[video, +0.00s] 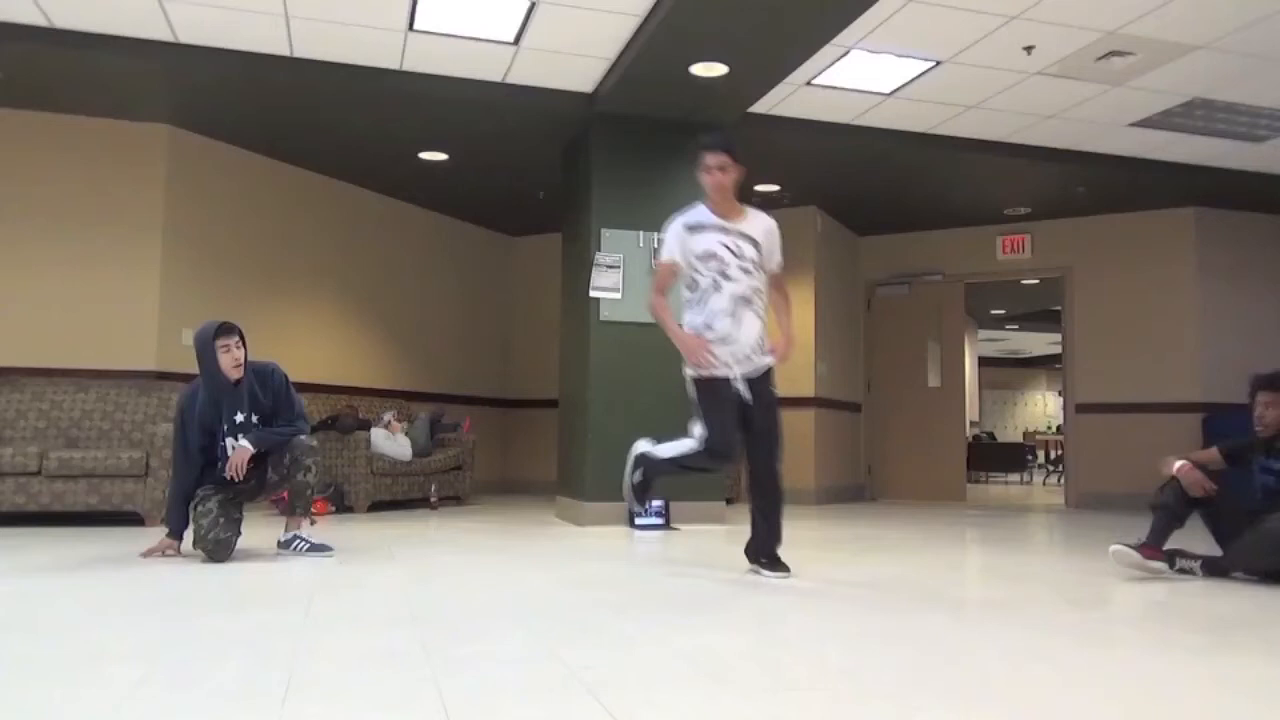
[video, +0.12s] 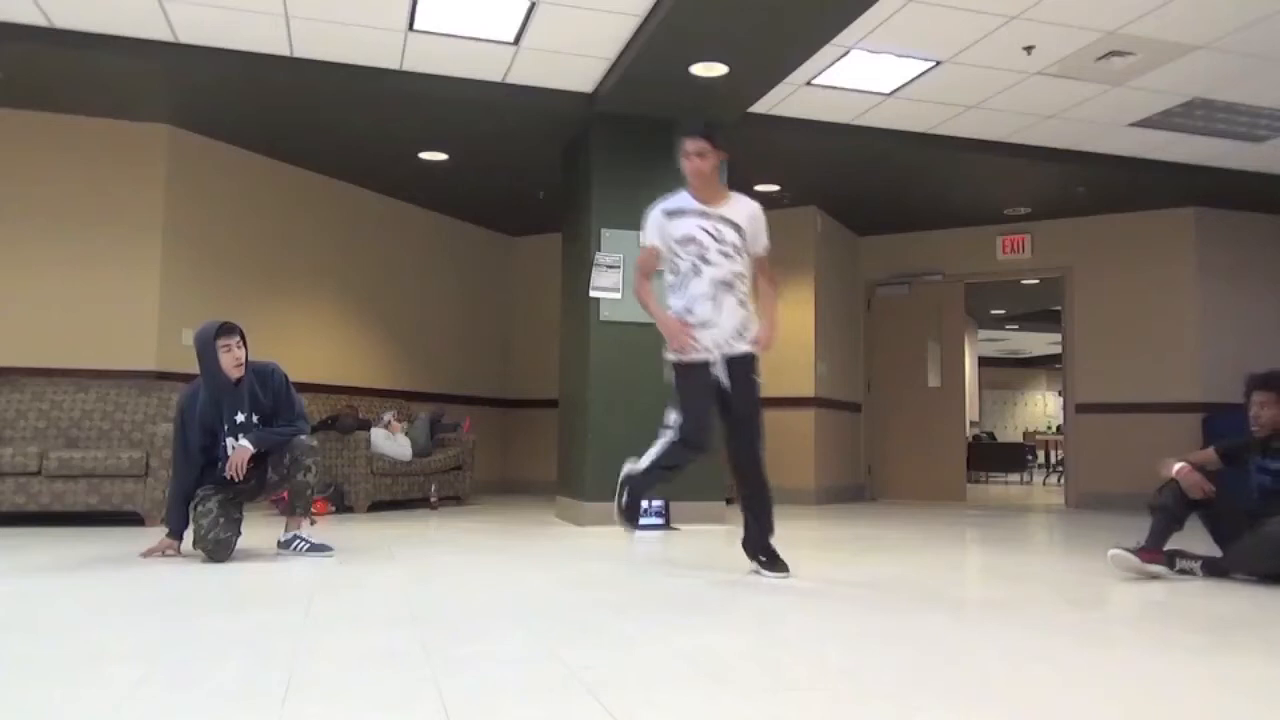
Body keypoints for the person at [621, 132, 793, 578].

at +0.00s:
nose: (714, 177)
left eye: (722, 169)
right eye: (706, 169)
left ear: (739, 174)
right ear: (698, 175)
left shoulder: (763, 226)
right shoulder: (683, 227)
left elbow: (775, 284)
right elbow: (657, 296)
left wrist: (785, 333)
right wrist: (681, 338)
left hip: (755, 360)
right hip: (708, 361)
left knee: (765, 457)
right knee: (721, 450)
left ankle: (763, 550)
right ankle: (646, 459)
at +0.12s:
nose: (693, 163)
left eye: (701, 155)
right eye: (687, 155)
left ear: (720, 158)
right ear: (679, 161)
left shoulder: (748, 211)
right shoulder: (664, 213)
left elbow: (763, 274)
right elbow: (642, 279)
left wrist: (767, 322)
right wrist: (664, 321)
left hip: (739, 344)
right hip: (689, 347)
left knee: (747, 449)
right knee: (695, 440)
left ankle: (759, 541)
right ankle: (636, 483)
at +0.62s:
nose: (543, 138)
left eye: (550, 129)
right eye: (537, 132)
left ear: (573, 132)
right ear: (534, 139)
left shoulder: (597, 183)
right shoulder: (539, 191)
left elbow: (632, 254)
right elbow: (549, 261)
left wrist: (575, 306)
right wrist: (539, 321)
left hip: (582, 328)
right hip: (550, 327)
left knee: (538, 424)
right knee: (580, 426)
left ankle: (525, 542)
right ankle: (615, 520)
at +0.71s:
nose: (516, 139)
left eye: (524, 129)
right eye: (510, 132)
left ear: (548, 131)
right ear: (508, 139)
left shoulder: (568, 185)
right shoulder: (517, 194)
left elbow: (594, 258)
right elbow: (527, 265)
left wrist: (535, 312)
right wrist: (510, 325)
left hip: (544, 336)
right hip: (518, 334)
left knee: (497, 434)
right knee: (540, 435)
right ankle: (584, 516)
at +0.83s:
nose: (492, 160)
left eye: (500, 150)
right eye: (487, 152)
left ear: (525, 151)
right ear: (485, 159)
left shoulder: (536, 207)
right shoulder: (502, 212)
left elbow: (548, 288)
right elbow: (506, 294)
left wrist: (484, 347)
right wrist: (477, 354)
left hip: (509, 358)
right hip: (492, 355)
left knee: (442, 450)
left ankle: (428, 562)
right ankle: (551, 512)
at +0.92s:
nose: (472, 163)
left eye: (480, 152)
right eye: (465, 155)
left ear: (505, 152)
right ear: (461, 160)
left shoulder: (520, 204)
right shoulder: (481, 211)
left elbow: (533, 283)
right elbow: (488, 289)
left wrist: (474, 324)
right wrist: (454, 330)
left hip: (507, 353)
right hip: (482, 350)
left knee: (441, 446)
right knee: (444, 445)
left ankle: (429, 562)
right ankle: (524, 510)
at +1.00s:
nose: (457, 155)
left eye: (465, 144)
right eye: (451, 147)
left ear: (491, 141)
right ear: (449, 150)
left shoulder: (516, 190)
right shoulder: (465, 202)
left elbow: (534, 271)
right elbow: (476, 275)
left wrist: (461, 291)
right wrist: (445, 294)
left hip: (524, 340)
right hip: (488, 340)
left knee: (475, 444)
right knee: (451, 430)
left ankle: (432, 559)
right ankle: (508, 517)